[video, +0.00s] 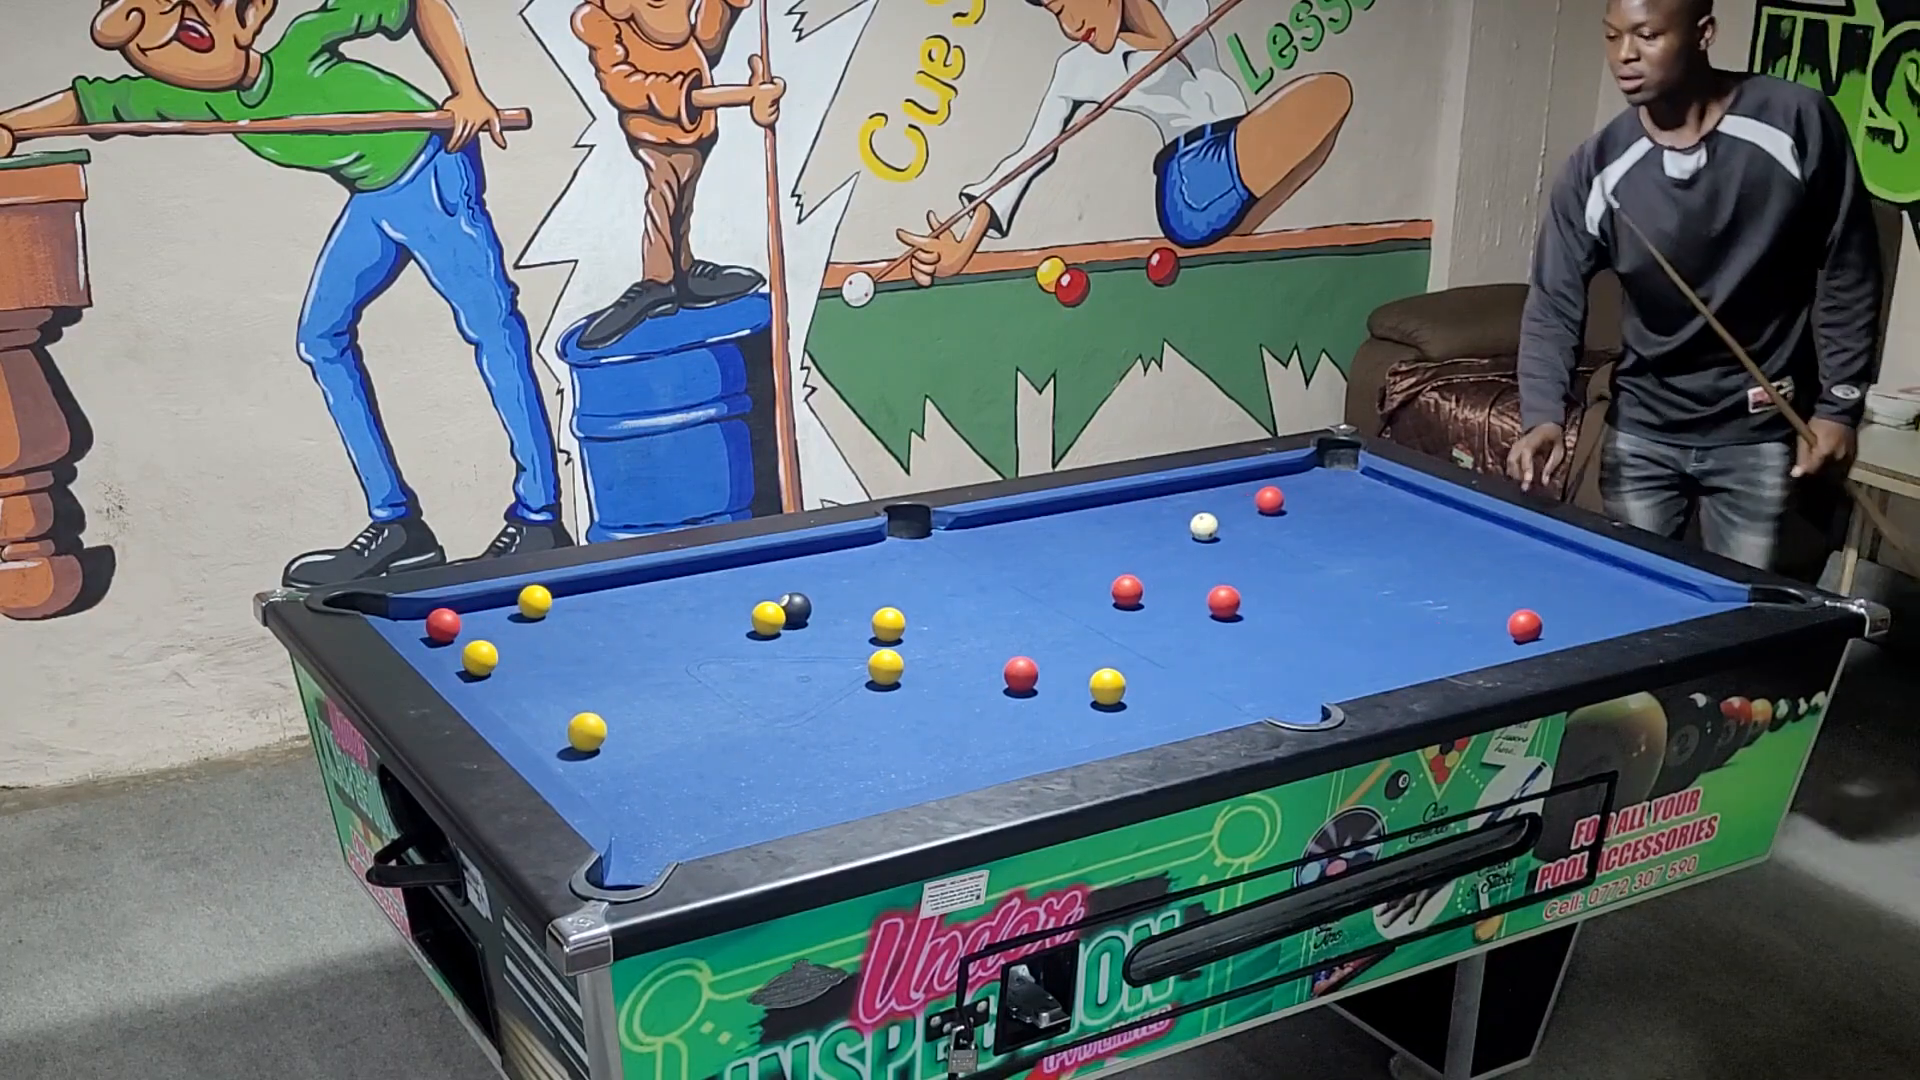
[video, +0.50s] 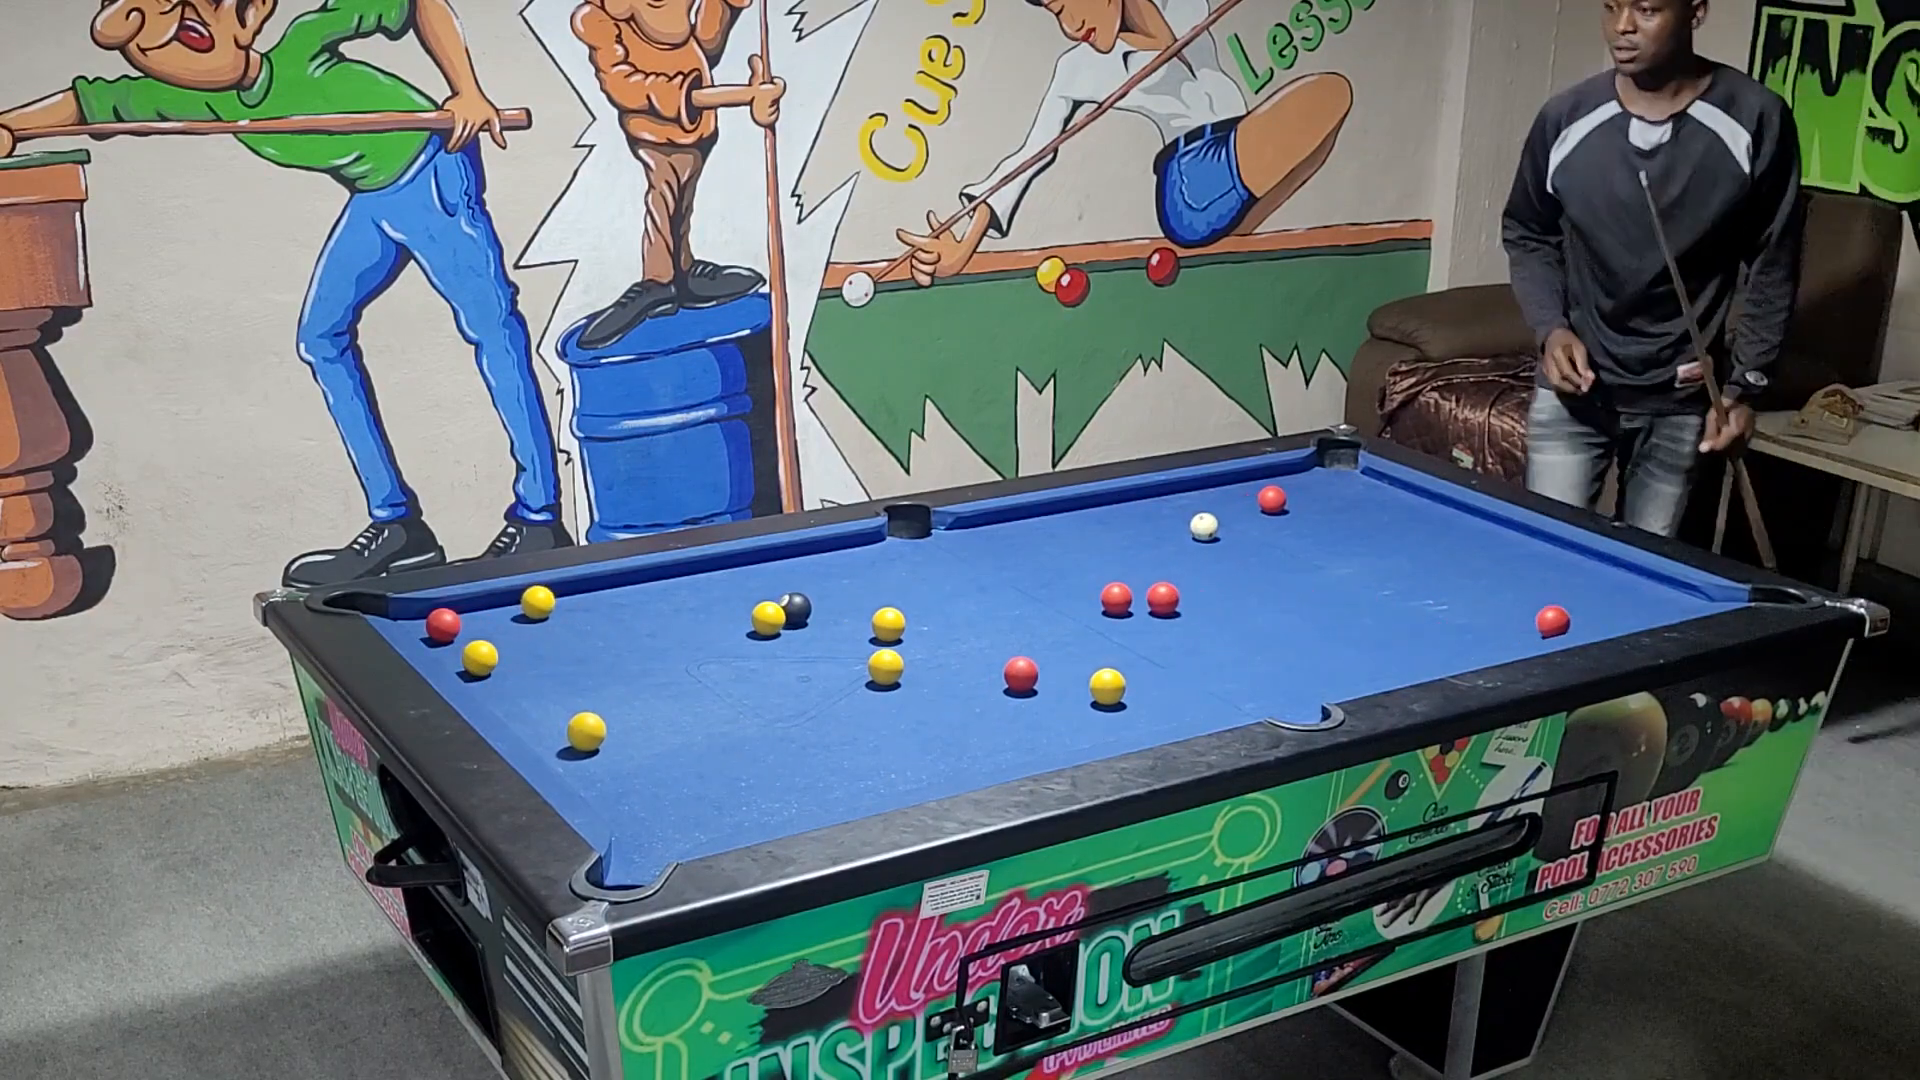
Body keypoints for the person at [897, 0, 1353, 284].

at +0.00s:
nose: (1069, 23)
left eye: (1071, 4)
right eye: (1056, 15)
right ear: (1055, 18)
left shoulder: (1176, 10)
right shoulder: (1076, 68)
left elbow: (1196, 60)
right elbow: (1029, 156)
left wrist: (1139, 10)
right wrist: (964, 245)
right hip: (1195, 182)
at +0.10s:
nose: (1069, 23)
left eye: (1071, 4)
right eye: (1056, 15)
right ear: (1055, 18)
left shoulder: (1177, 10)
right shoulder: (1076, 68)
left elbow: (1197, 60)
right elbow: (1028, 156)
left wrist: (1139, 10)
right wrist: (964, 245)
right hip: (1194, 182)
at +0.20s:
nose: (1069, 23)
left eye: (1071, 4)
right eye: (1056, 15)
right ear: (1055, 18)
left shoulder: (1177, 10)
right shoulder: (1076, 68)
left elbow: (1196, 60)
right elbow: (1028, 156)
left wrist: (1139, 10)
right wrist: (964, 245)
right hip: (1195, 183)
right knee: (1329, 91)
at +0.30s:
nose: (1069, 23)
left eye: (1071, 4)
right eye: (1056, 15)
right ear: (1055, 18)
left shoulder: (1177, 10)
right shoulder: (1076, 68)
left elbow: (1196, 60)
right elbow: (1028, 156)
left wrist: (1139, 10)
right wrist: (964, 245)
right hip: (1195, 182)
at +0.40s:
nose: (1069, 23)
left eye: (1071, 4)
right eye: (1056, 15)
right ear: (1055, 18)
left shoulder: (1177, 10)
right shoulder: (1076, 68)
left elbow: (1196, 60)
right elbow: (1029, 156)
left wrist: (1139, 11)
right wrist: (964, 245)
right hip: (1194, 183)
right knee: (1329, 91)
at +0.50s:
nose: (1069, 24)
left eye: (1070, 5)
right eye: (1057, 15)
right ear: (1056, 18)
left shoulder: (1177, 10)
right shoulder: (1076, 69)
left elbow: (1198, 61)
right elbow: (1029, 156)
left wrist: (1140, 12)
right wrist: (964, 245)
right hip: (1194, 183)